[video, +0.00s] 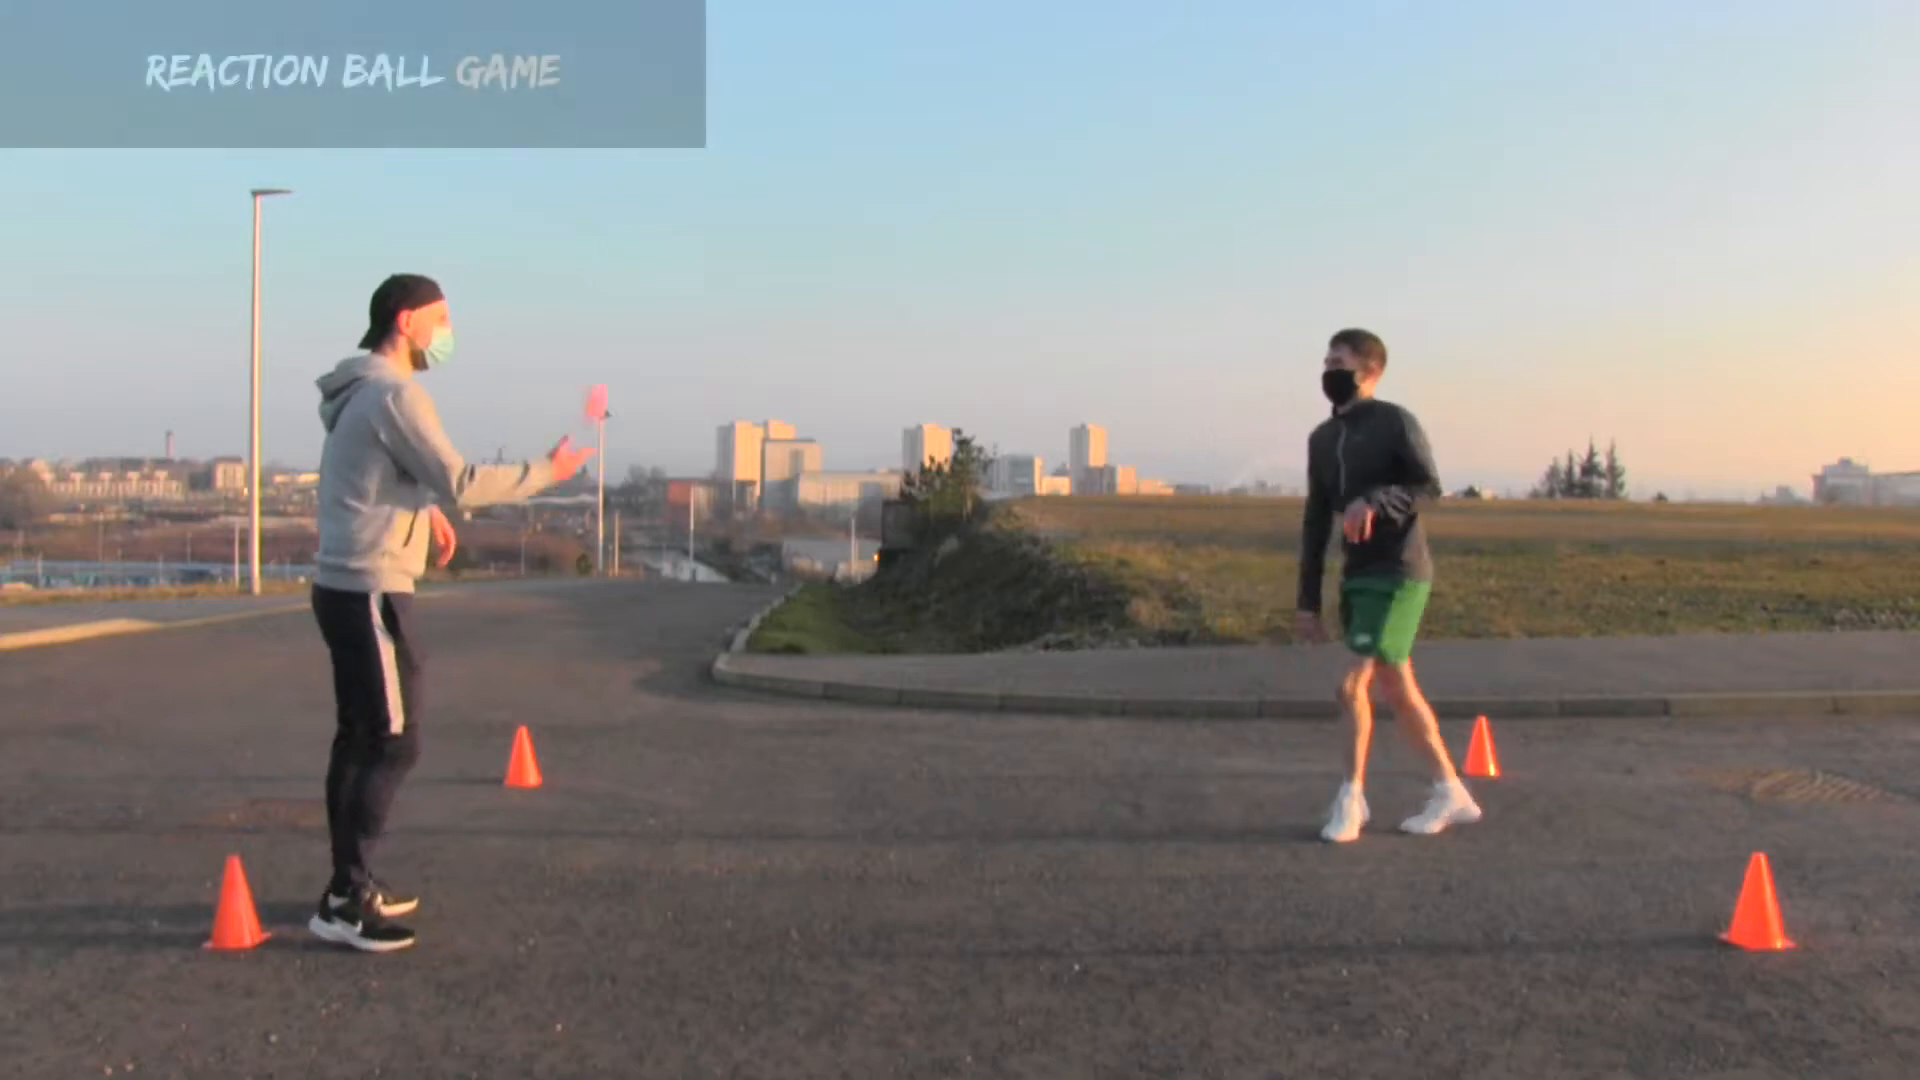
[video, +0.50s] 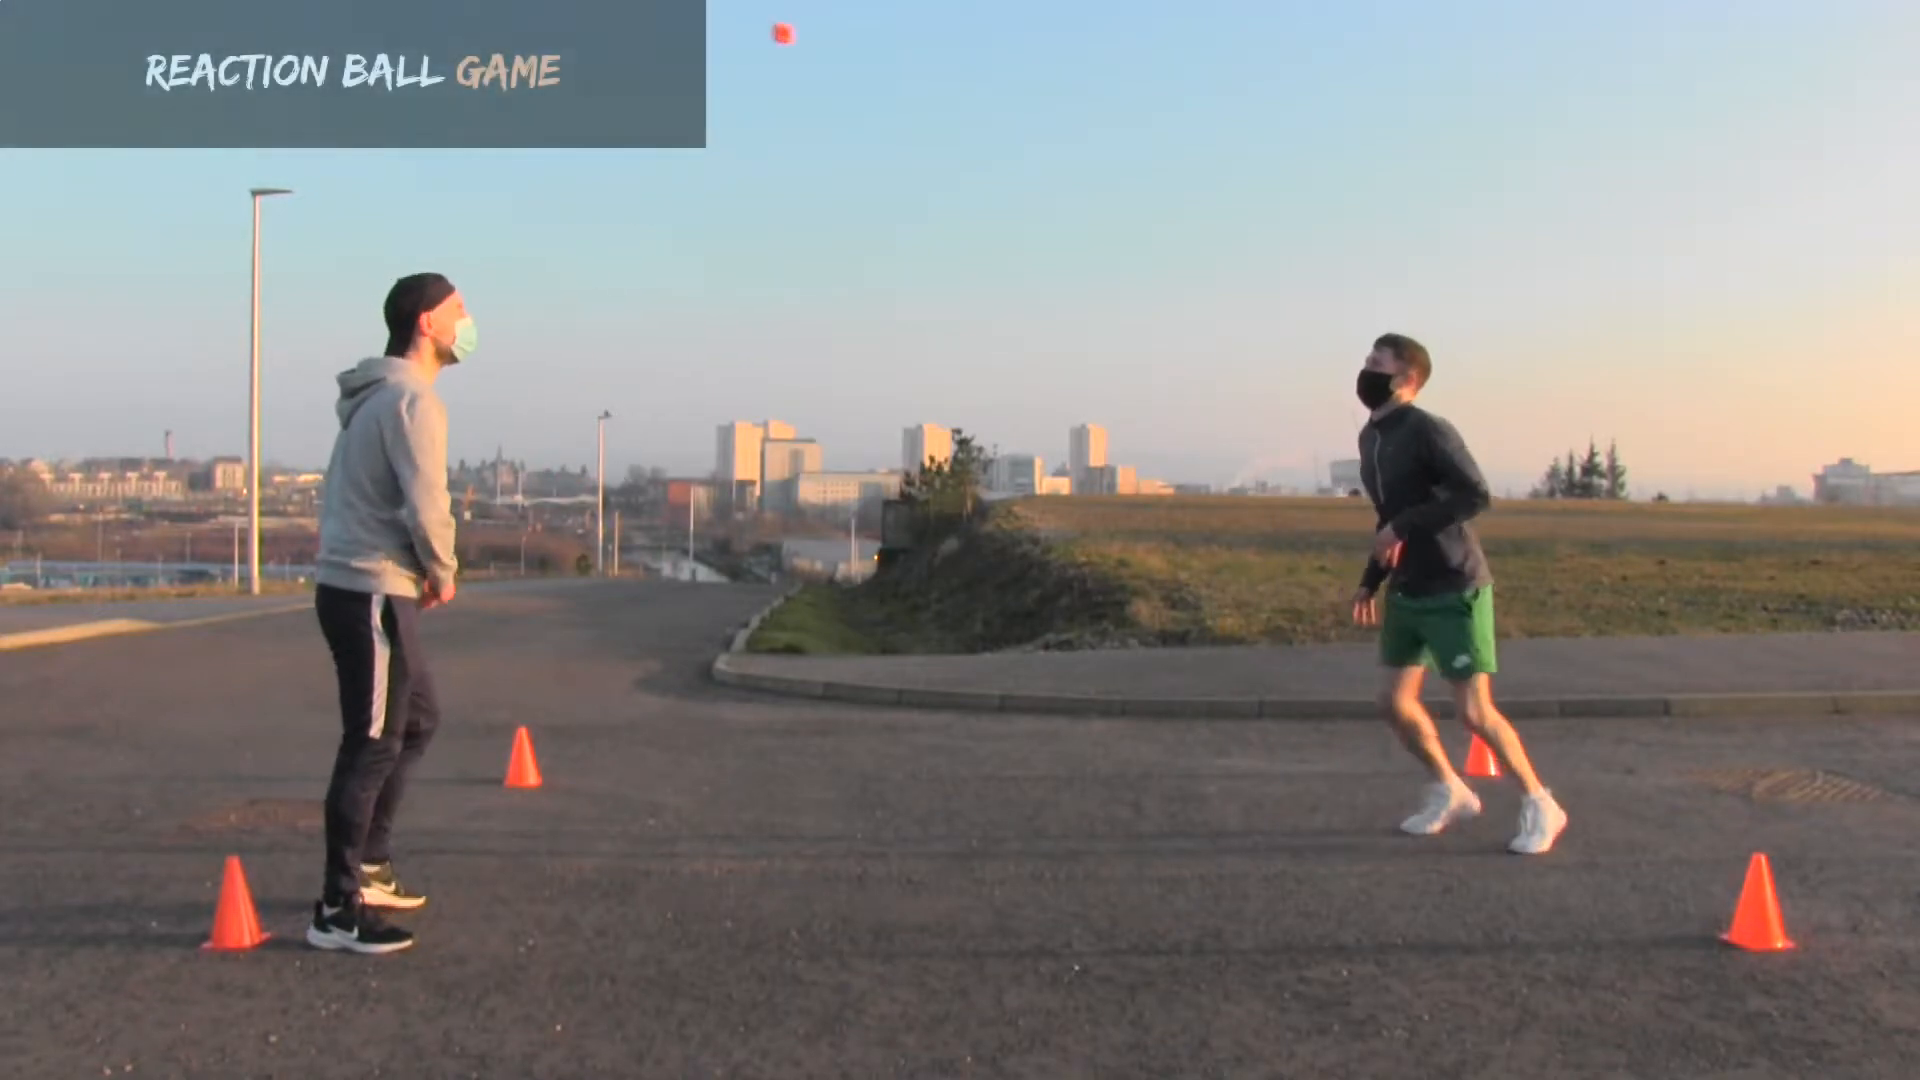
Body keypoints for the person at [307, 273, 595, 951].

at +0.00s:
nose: (446, 332)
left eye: (446, 320)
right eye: (439, 319)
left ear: (397, 320)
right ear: (403, 320)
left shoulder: (365, 388)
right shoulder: (395, 395)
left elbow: (372, 478)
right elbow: (462, 484)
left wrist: (424, 509)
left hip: (350, 584)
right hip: (367, 591)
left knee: (363, 735)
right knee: (393, 741)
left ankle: (351, 884)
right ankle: (346, 896)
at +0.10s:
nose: (445, 326)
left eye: (442, 314)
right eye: (436, 314)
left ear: (394, 320)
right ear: (402, 320)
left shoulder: (366, 388)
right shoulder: (394, 393)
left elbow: (374, 482)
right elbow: (459, 484)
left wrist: (425, 515)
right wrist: (549, 492)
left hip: (355, 585)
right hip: (367, 592)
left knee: (368, 739)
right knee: (381, 744)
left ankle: (352, 886)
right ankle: (341, 902)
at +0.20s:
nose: (447, 319)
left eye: (442, 307)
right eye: (437, 308)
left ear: (396, 323)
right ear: (406, 321)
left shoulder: (367, 393)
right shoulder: (401, 400)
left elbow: (375, 499)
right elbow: (431, 508)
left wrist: (430, 538)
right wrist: (499, 536)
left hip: (350, 589)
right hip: (373, 597)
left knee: (364, 740)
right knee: (381, 745)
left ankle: (349, 888)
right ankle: (340, 905)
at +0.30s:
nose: (451, 318)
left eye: (445, 306)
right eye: (440, 308)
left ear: (398, 323)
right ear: (411, 322)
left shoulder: (372, 393)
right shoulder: (404, 399)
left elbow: (376, 503)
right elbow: (416, 508)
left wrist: (432, 549)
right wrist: (469, 547)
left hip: (355, 586)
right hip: (370, 593)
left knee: (371, 743)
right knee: (375, 746)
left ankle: (350, 889)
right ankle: (338, 907)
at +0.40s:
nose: (459, 321)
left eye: (454, 309)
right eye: (450, 310)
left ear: (408, 324)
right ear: (420, 323)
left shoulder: (378, 395)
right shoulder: (411, 401)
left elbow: (380, 505)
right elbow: (420, 507)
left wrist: (428, 561)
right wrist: (449, 557)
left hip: (367, 590)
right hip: (365, 595)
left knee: (409, 726)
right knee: (372, 738)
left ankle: (359, 873)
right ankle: (337, 907)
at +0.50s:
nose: (468, 326)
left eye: (464, 313)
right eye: (459, 314)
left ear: (416, 325)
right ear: (427, 324)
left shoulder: (380, 393)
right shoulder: (414, 400)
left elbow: (388, 500)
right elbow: (426, 502)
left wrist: (427, 567)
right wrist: (443, 566)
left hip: (369, 588)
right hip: (367, 591)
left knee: (417, 721)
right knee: (372, 739)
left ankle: (366, 862)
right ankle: (337, 908)